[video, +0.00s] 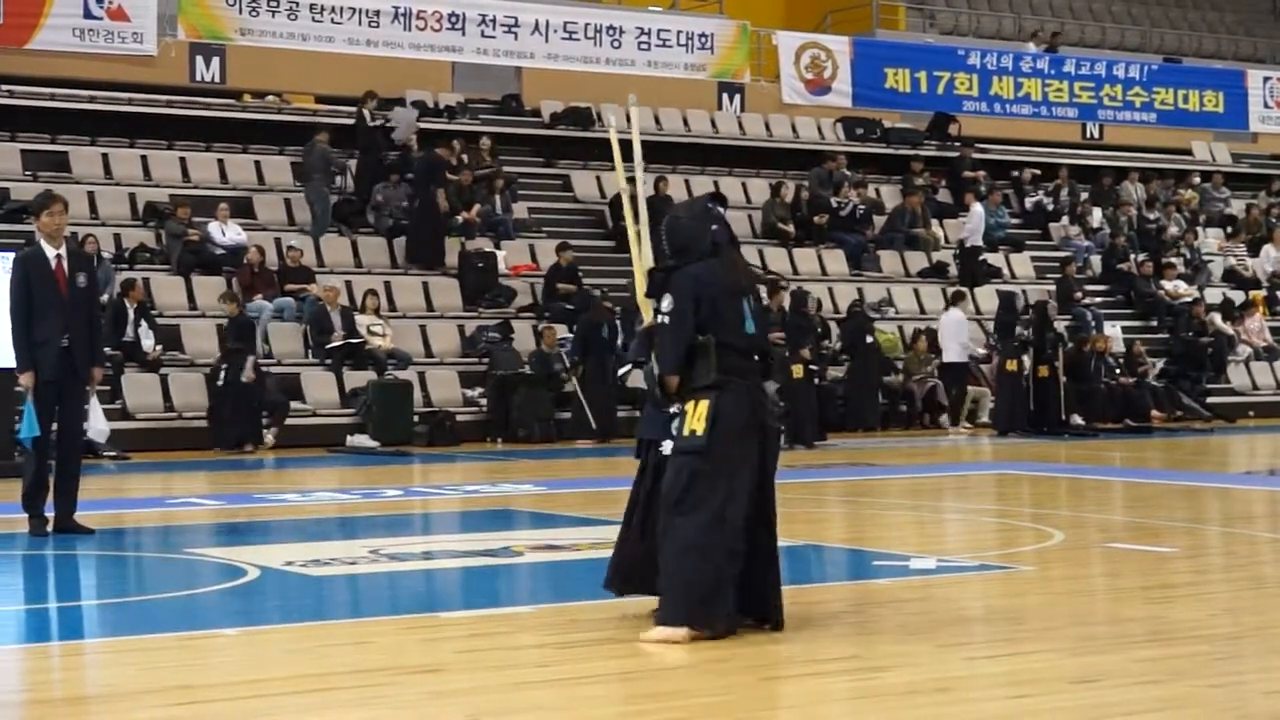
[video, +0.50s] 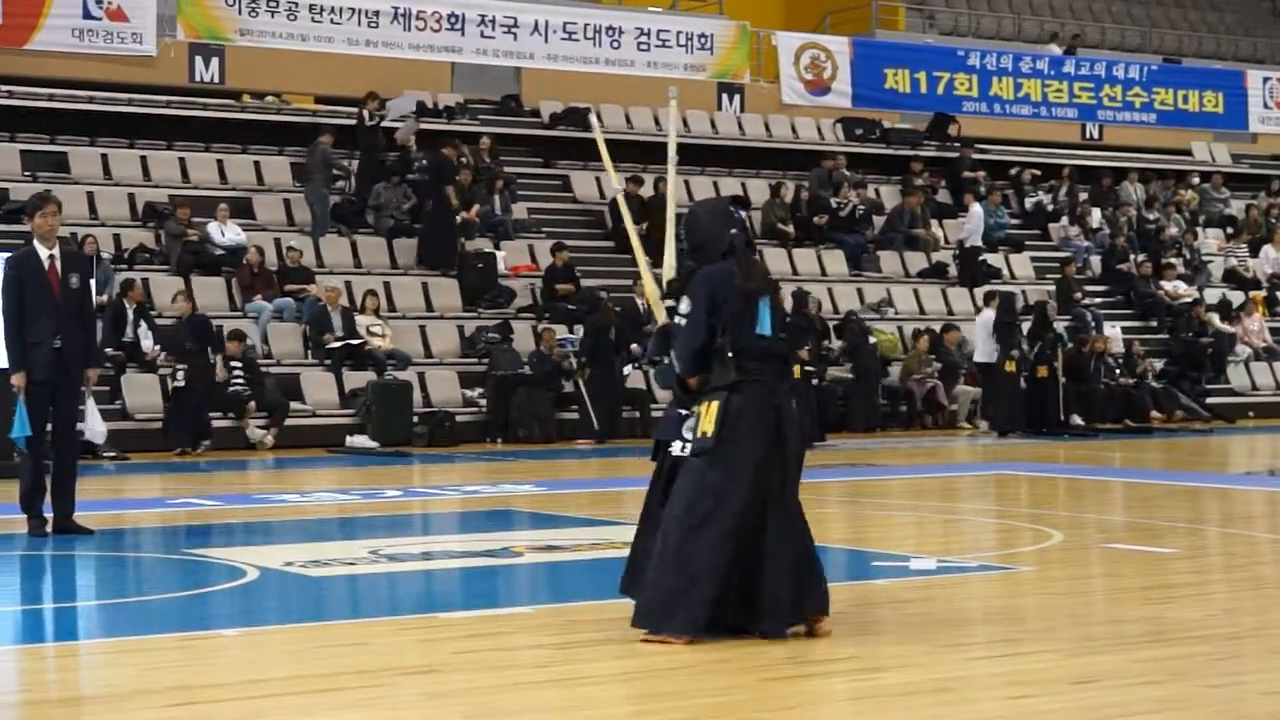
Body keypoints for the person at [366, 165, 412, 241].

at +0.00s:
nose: (395, 178)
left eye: (397, 175)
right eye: (392, 175)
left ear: (400, 176)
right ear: (389, 176)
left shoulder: (405, 188)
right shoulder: (380, 188)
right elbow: (373, 205)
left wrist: (407, 205)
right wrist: (377, 202)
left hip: (402, 216)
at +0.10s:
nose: (395, 178)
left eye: (397, 176)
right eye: (393, 176)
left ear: (400, 177)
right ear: (389, 176)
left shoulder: (405, 188)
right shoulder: (379, 188)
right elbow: (372, 206)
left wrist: (410, 205)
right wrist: (377, 202)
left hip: (402, 217)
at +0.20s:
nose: (396, 179)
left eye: (398, 176)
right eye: (394, 176)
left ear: (401, 177)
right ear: (389, 176)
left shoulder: (405, 188)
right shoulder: (379, 188)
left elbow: (414, 197)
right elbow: (372, 205)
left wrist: (411, 204)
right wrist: (378, 202)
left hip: (402, 217)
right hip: (385, 217)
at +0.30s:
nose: (396, 179)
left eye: (398, 177)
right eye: (394, 177)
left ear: (400, 177)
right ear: (390, 177)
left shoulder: (404, 187)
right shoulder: (379, 188)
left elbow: (413, 197)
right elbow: (372, 204)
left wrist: (410, 204)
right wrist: (380, 202)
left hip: (401, 216)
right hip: (385, 216)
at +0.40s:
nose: (398, 179)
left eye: (399, 177)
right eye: (396, 177)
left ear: (401, 178)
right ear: (390, 177)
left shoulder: (403, 187)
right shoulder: (379, 188)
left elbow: (414, 198)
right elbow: (370, 203)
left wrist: (408, 205)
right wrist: (380, 202)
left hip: (401, 215)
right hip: (384, 216)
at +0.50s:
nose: (398, 179)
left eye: (399, 177)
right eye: (395, 177)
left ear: (400, 178)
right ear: (390, 177)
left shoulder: (403, 187)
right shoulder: (379, 188)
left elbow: (414, 199)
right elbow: (370, 203)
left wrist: (407, 206)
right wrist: (380, 202)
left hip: (400, 215)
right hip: (384, 216)